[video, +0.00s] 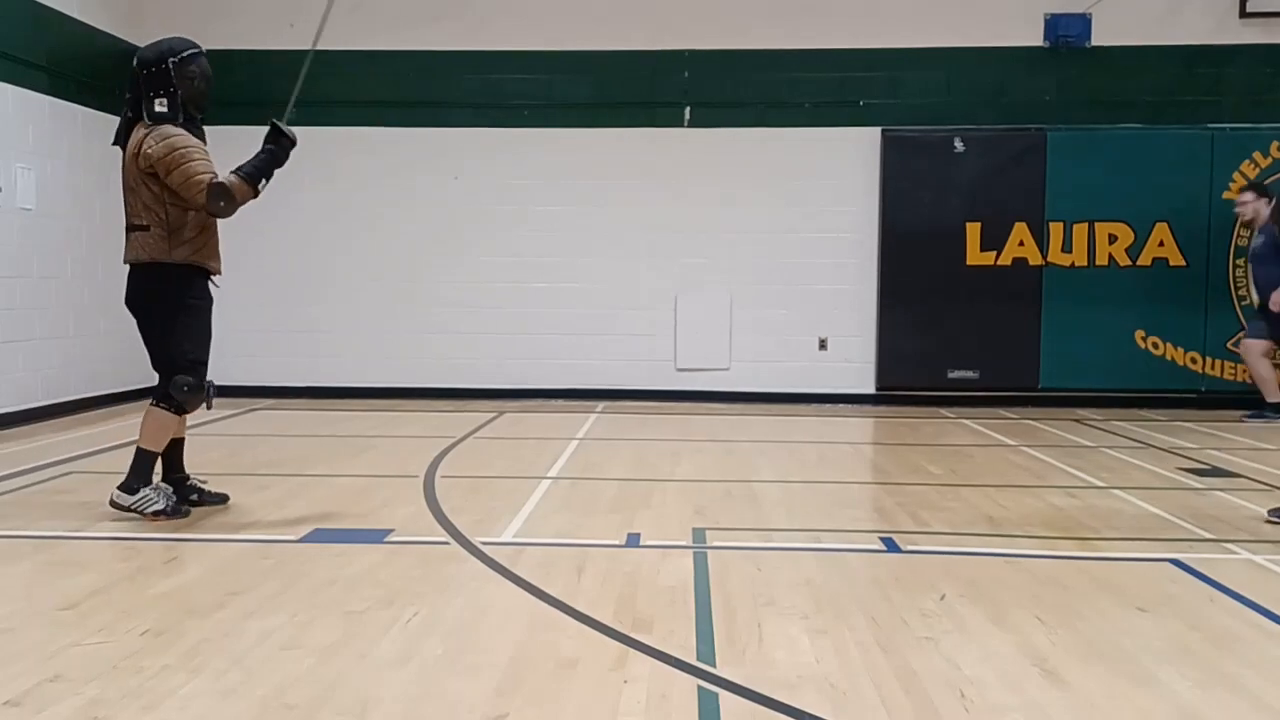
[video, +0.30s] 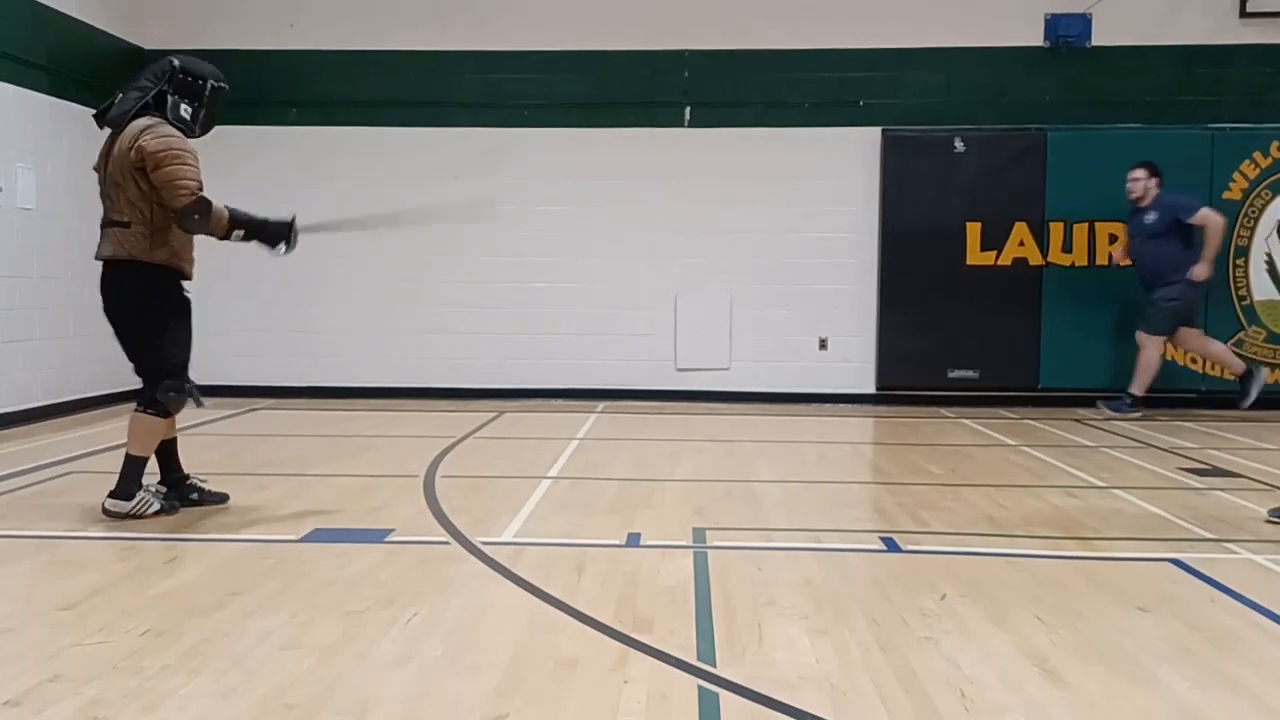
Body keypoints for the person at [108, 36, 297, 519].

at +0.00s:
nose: (206, 87)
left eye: (205, 78)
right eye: (198, 78)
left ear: (161, 87)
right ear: (171, 83)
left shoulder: (148, 136)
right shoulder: (168, 140)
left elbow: (206, 191)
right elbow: (218, 198)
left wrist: (252, 171)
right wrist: (267, 159)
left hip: (158, 279)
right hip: (173, 280)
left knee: (179, 381)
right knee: (183, 384)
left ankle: (174, 480)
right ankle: (135, 484)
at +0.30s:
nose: (208, 117)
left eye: (211, 107)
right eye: (207, 105)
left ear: (166, 92)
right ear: (186, 98)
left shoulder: (127, 133)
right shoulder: (164, 137)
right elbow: (192, 213)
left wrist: (230, 225)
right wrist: (256, 226)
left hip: (126, 278)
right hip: (152, 280)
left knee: (161, 383)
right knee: (168, 386)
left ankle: (175, 482)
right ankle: (126, 492)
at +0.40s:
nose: (207, 123)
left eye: (211, 114)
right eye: (207, 112)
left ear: (164, 93)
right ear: (188, 101)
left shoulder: (110, 136)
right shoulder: (169, 140)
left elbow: (92, 205)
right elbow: (186, 215)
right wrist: (242, 259)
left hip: (103, 276)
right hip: (139, 279)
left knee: (147, 381)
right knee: (149, 384)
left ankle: (167, 479)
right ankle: (124, 494)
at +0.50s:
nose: (204, 129)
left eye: (207, 120)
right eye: (204, 118)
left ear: (157, 95)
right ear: (188, 109)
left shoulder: (102, 134)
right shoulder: (172, 143)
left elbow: (76, 210)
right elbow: (183, 221)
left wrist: (98, 240)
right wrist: (216, 276)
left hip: (88, 271)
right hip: (128, 276)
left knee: (122, 376)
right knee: (140, 380)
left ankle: (137, 473)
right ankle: (124, 494)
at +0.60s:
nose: (198, 131)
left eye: (201, 123)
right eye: (199, 121)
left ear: (148, 98)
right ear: (185, 112)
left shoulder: (91, 135)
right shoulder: (171, 146)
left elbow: (62, 209)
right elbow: (170, 222)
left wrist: (70, 263)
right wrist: (190, 280)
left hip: (74, 269)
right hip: (122, 276)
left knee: (92, 371)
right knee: (140, 379)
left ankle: (93, 476)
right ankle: (124, 491)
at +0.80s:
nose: (175, 130)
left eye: (177, 122)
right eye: (175, 120)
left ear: (124, 97)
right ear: (162, 114)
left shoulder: (67, 138)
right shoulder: (153, 152)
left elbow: (36, 212)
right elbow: (160, 232)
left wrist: (42, 270)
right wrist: (168, 287)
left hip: (52, 279)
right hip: (108, 286)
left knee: (36, 372)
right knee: (140, 384)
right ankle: (125, 493)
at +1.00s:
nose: (132, 135)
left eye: (132, 125)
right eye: (131, 125)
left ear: (73, 110)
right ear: (119, 123)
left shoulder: (23, 155)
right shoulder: (113, 164)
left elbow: (1, 221)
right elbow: (130, 240)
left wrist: (12, 270)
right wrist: (147, 293)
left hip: (21, 307)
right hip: (78, 309)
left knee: (1, 383)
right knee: (141, 388)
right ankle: (126, 492)